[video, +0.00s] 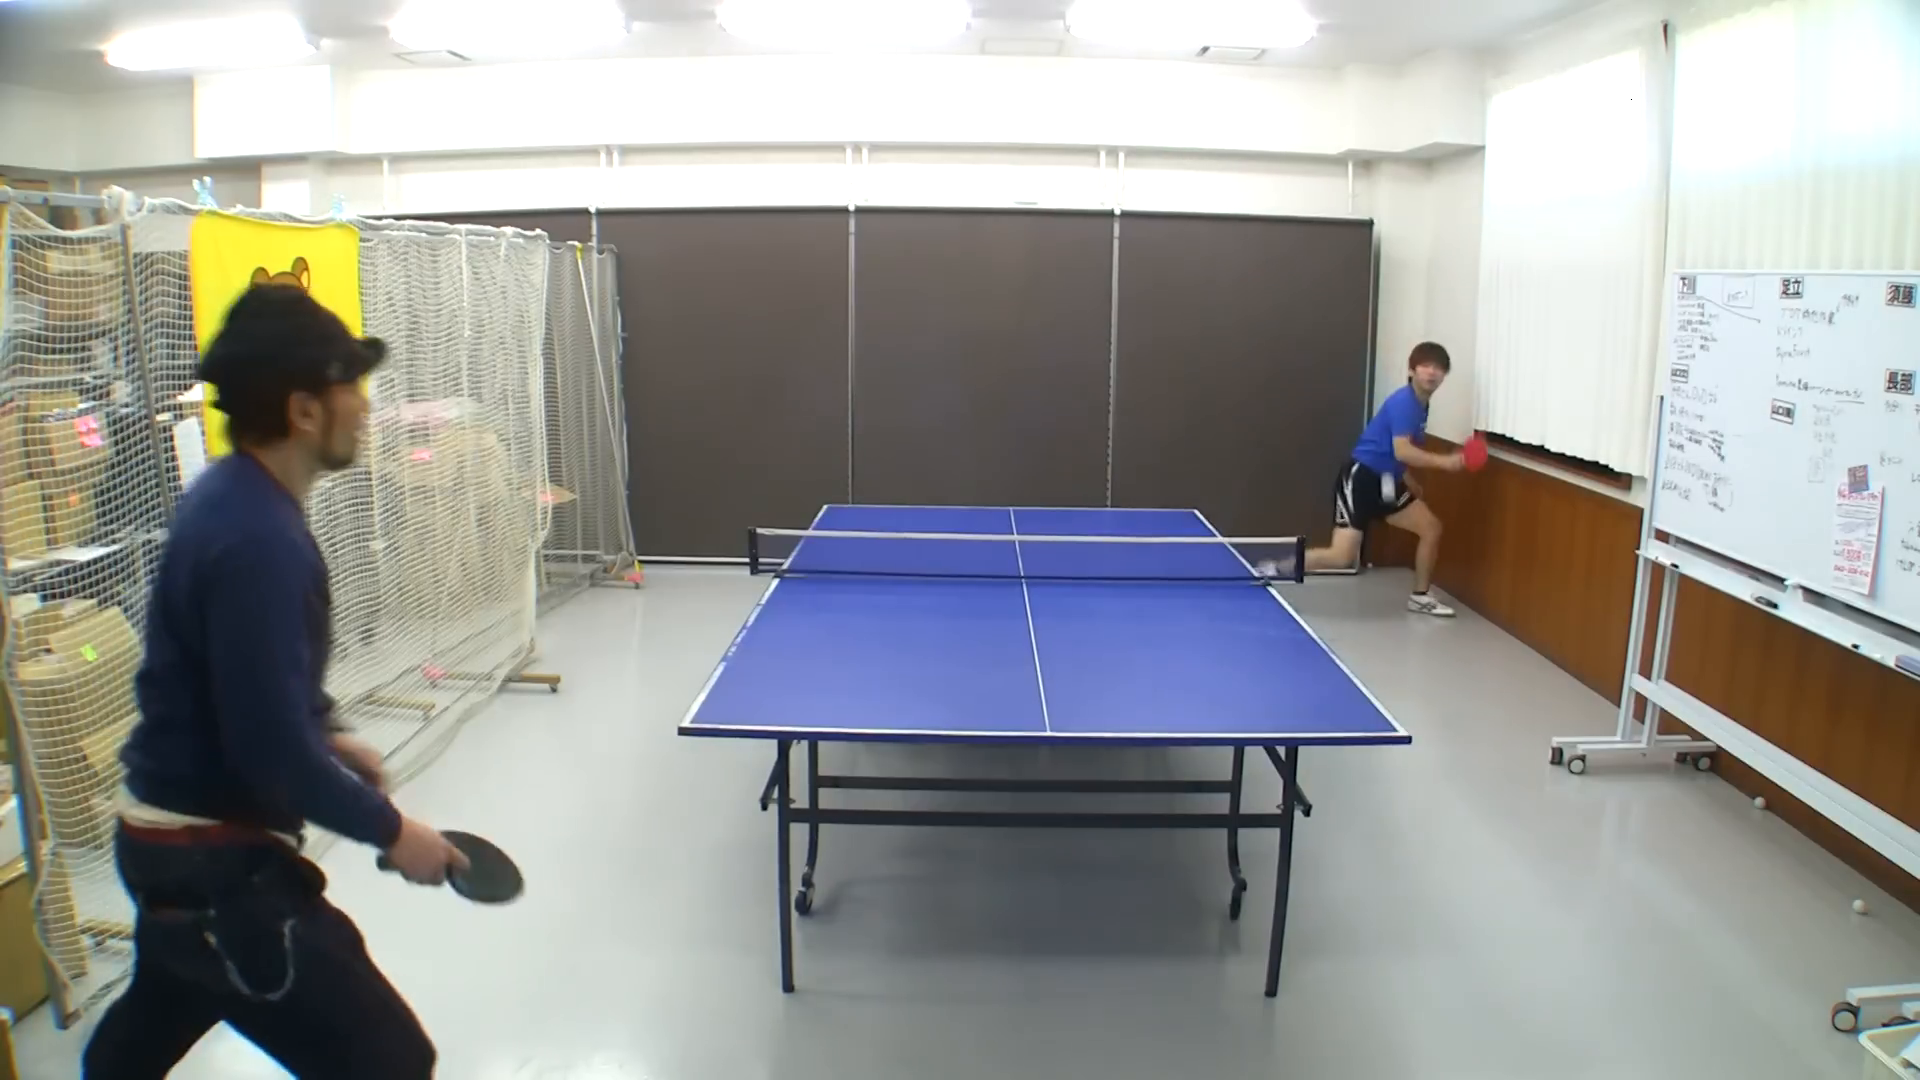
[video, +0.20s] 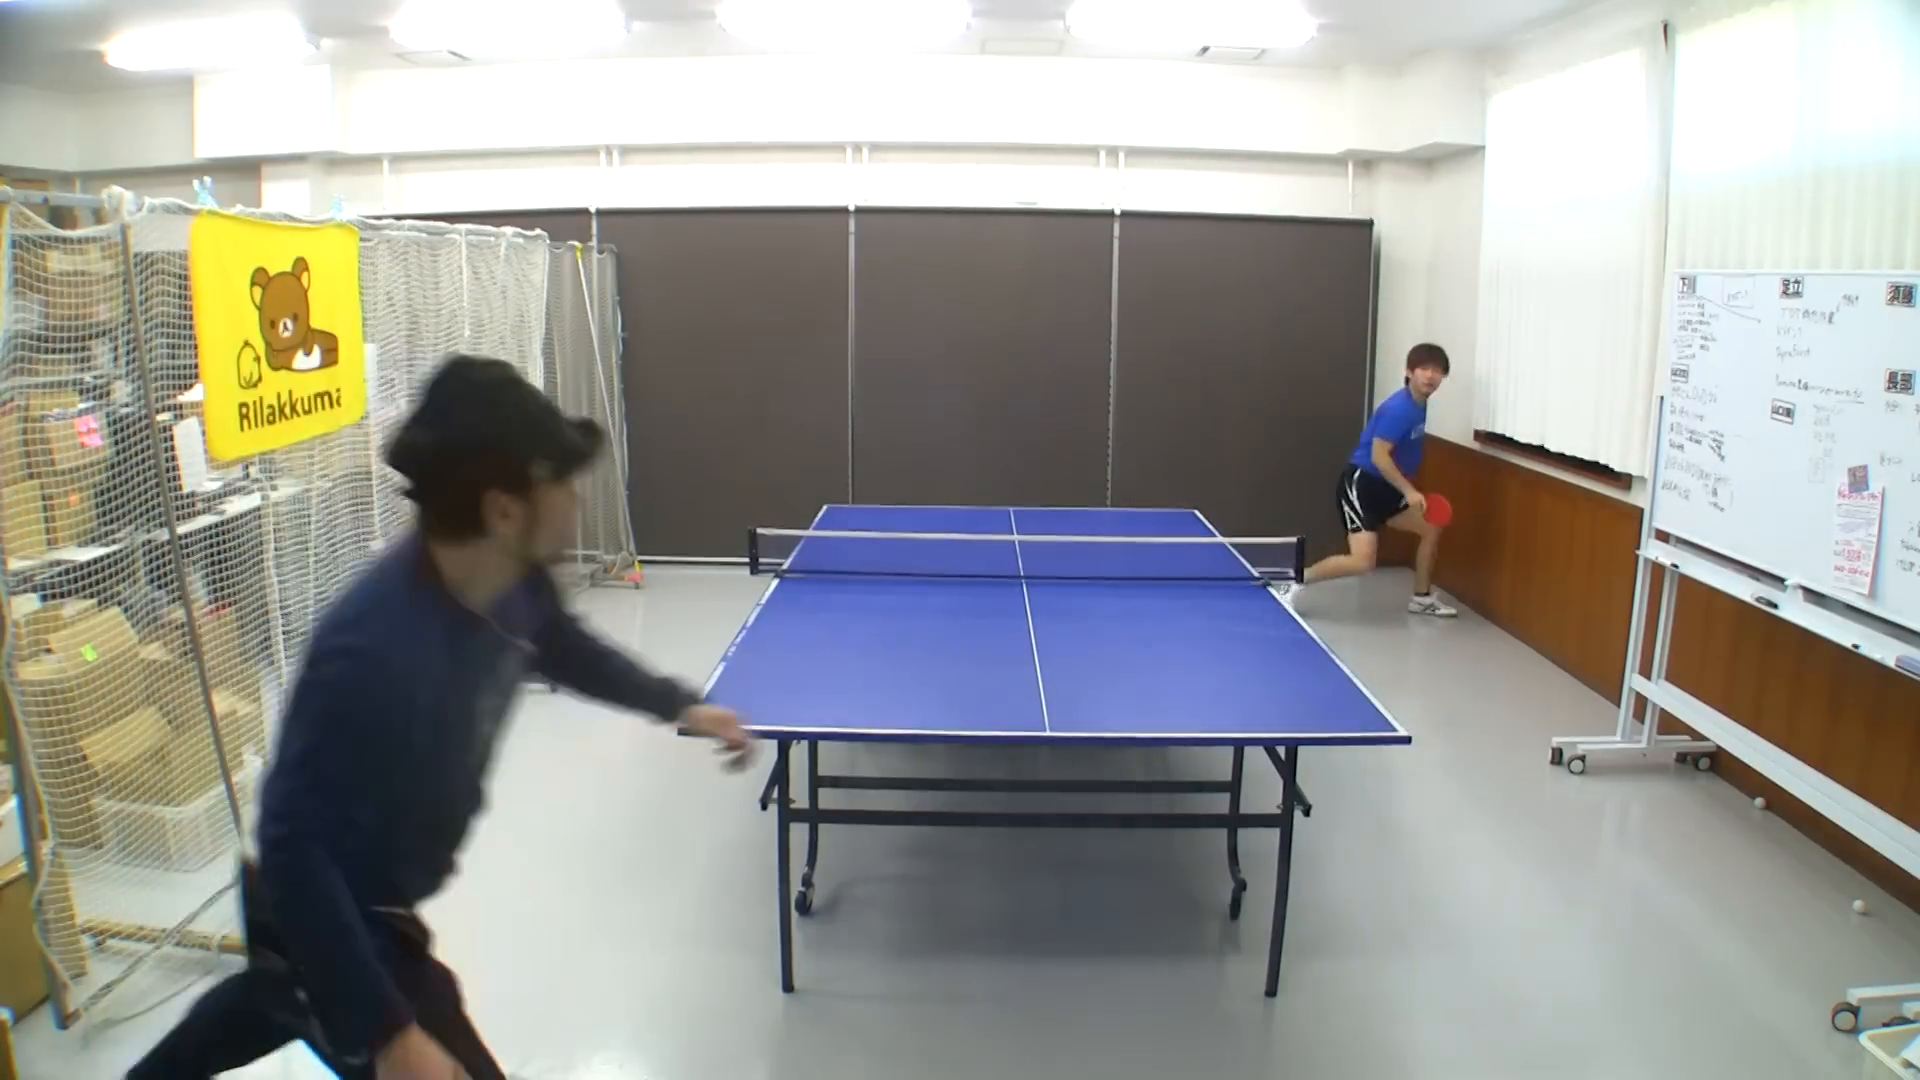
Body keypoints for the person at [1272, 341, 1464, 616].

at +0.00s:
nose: (1433, 374)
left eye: (1440, 370)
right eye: (1427, 367)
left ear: (1444, 375)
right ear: (1413, 370)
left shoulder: (1422, 404)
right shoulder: (1403, 401)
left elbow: (1401, 448)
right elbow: (1401, 451)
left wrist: (1407, 478)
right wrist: (1446, 461)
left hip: (1387, 480)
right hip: (1360, 476)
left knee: (1430, 528)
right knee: (1342, 557)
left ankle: (1421, 595)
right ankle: (1274, 565)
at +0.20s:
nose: (1431, 377)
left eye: (1438, 372)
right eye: (1425, 369)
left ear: (1443, 378)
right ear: (1410, 372)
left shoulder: (1418, 405)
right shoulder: (1399, 407)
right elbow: (1379, 455)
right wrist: (1409, 491)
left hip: (1384, 485)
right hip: (1361, 482)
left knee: (1431, 528)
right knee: (1362, 562)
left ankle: (1422, 597)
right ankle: (1296, 579)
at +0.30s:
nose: (1407, 368)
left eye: (1413, 362)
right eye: (1400, 361)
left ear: (1419, 367)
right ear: (1385, 365)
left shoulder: (1403, 398)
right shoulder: (1375, 402)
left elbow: (1385, 446)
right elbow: (1360, 451)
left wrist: (1400, 481)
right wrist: (1394, 481)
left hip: (1376, 484)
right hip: (1348, 482)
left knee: (1420, 528)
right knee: (1353, 563)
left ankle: (1420, 597)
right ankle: (1291, 588)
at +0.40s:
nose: (1373, 353)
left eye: (1379, 347)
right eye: (1366, 347)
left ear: (1386, 353)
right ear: (1353, 352)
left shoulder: (1378, 386)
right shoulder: (1342, 390)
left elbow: (1366, 432)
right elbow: (1332, 440)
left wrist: (1379, 460)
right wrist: (1371, 459)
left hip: (1360, 475)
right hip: (1329, 476)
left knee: (1393, 537)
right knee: (1332, 557)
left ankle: (1415, 596)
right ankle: (1282, 594)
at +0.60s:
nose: (1318, 315)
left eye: (1324, 309)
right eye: (1311, 308)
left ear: (1333, 314)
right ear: (1299, 314)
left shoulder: (1339, 350)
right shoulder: (1281, 355)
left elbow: (1343, 387)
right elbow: (1259, 397)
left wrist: (1364, 420)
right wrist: (1294, 413)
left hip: (1326, 445)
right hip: (1289, 445)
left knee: (1334, 519)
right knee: (1290, 525)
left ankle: (1325, 586)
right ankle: (1278, 590)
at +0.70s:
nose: (1294, 308)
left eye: (1301, 300)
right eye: (1289, 300)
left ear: (1312, 305)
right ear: (1280, 305)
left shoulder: (1324, 341)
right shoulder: (1260, 343)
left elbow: (1337, 379)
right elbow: (1233, 383)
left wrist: (1357, 415)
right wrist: (1258, 409)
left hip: (1309, 436)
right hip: (1270, 436)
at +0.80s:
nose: (1272, 313)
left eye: (1278, 307)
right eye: (1265, 307)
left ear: (1289, 314)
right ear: (1255, 315)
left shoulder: (1306, 351)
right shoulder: (1239, 352)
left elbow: (1317, 386)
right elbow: (1212, 389)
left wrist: (1330, 417)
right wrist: (1223, 418)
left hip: (1283, 444)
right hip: (1244, 441)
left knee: (1275, 529)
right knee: (1229, 522)